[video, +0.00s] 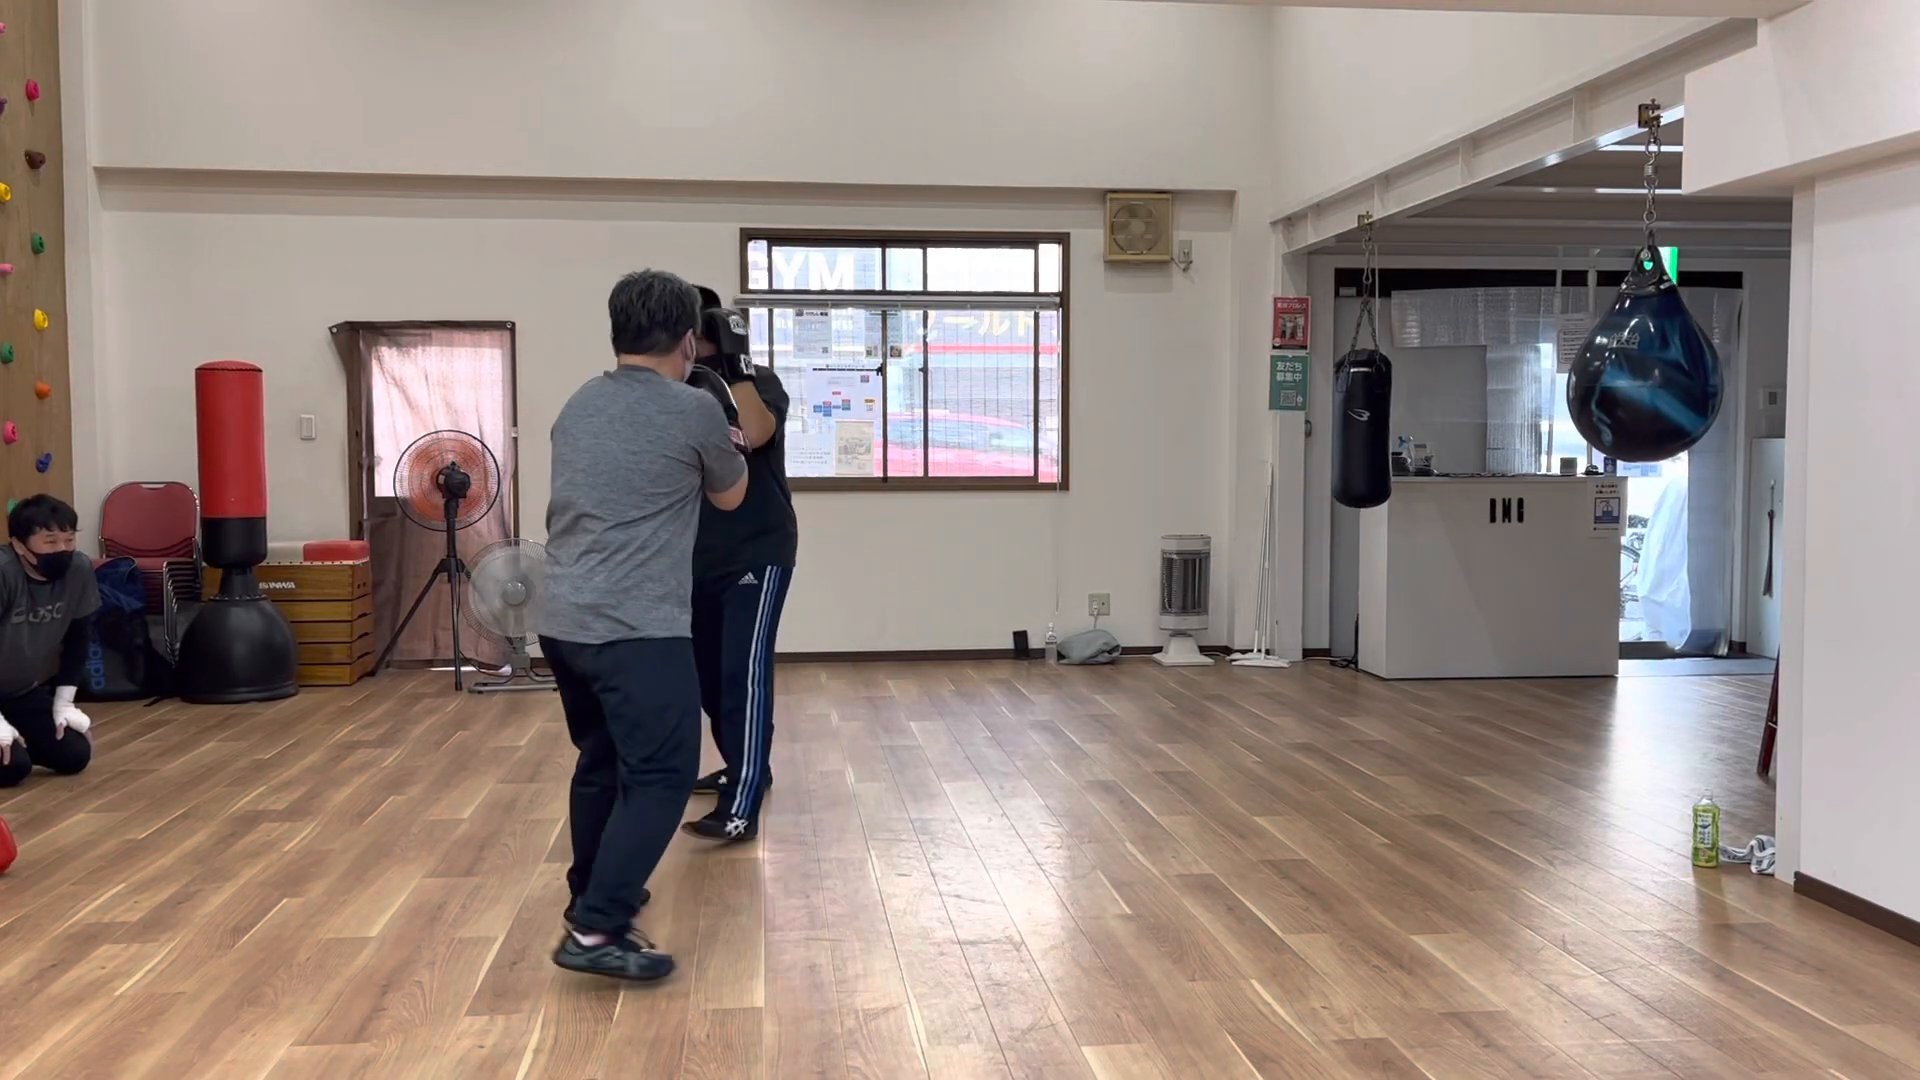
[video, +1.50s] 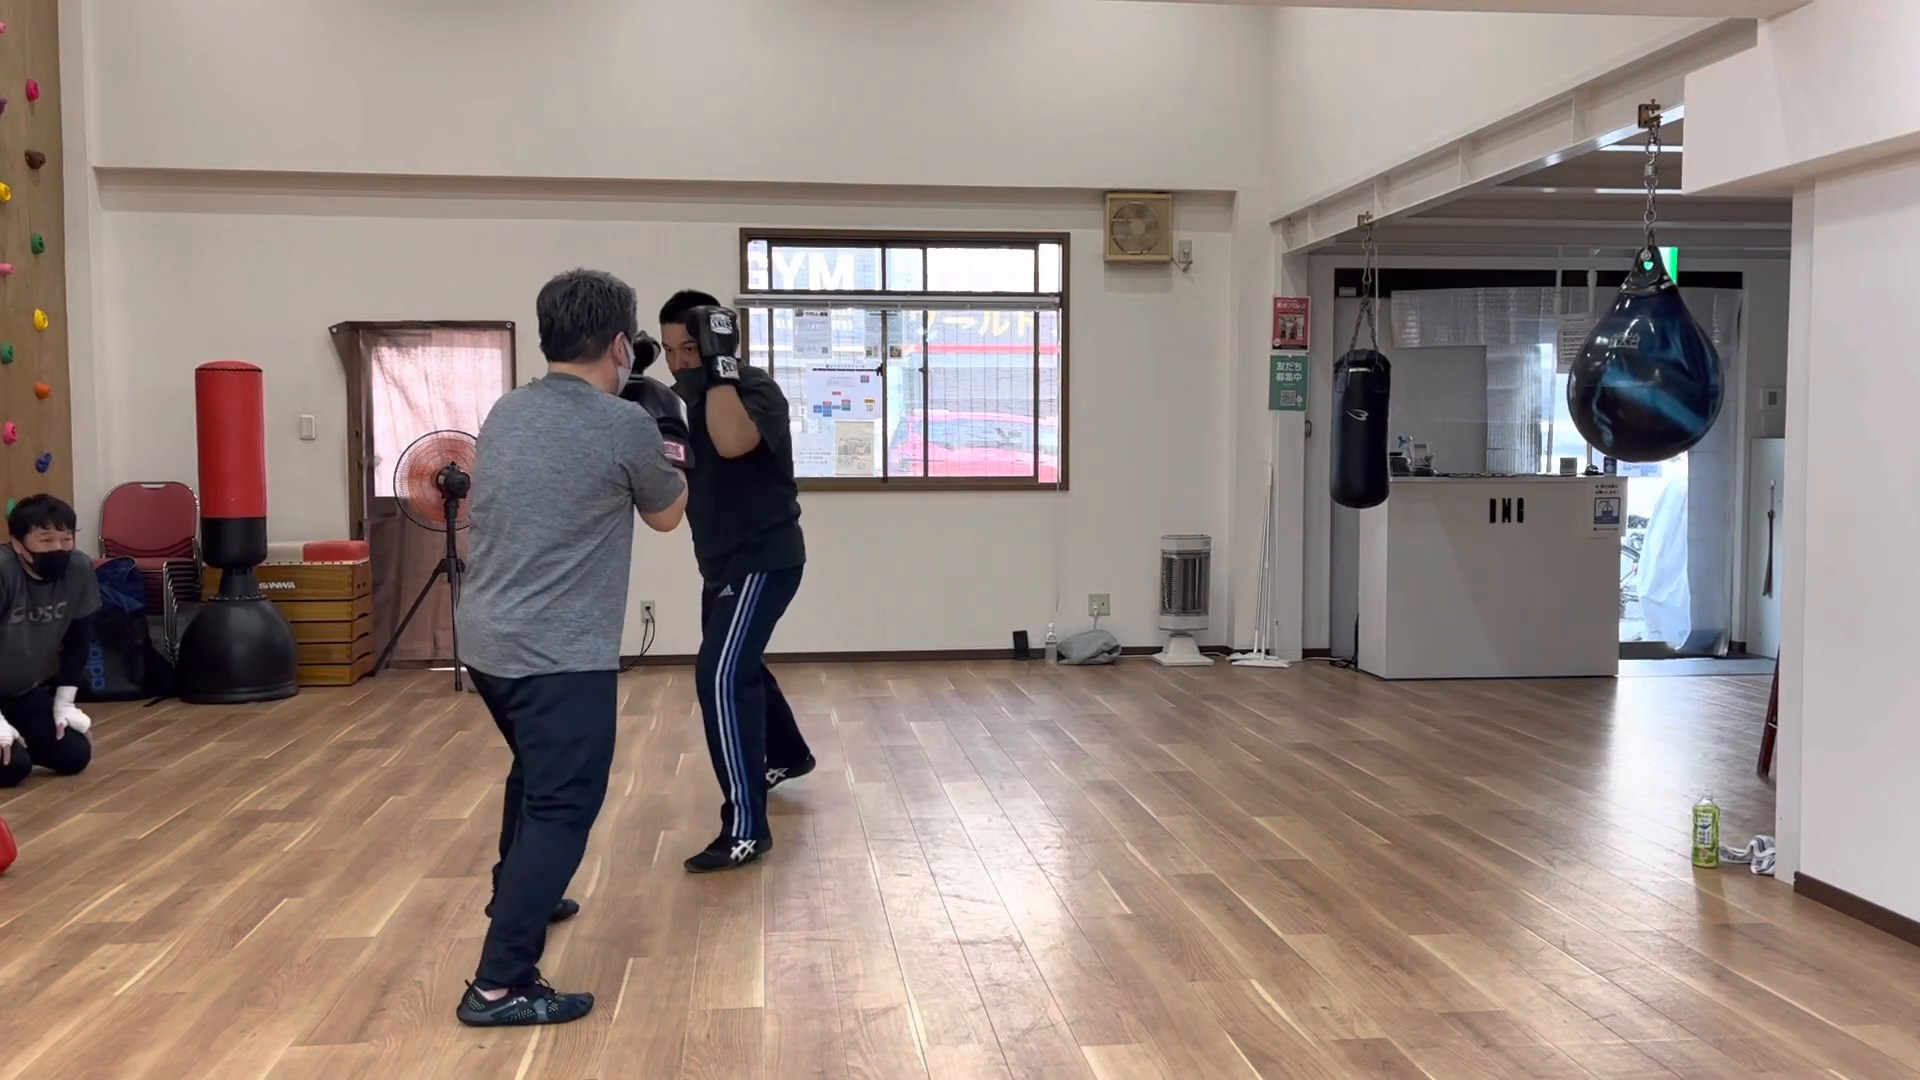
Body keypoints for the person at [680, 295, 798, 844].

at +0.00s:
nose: (684, 356)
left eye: (690, 346)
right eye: (680, 347)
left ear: (710, 340)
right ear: (682, 347)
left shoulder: (755, 383)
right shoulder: (681, 394)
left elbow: (756, 431)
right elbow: (661, 450)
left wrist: (724, 373)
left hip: (757, 551)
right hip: (703, 552)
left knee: (744, 674)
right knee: (709, 670)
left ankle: (743, 810)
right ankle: (741, 767)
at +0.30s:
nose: (670, 343)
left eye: (679, 331)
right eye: (663, 333)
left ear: (709, 324)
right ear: (659, 334)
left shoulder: (749, 376)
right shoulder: (665, 382)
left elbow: (739, 429)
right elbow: (643, 448)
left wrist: (724, 356)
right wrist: (653, 392)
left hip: (750, 549)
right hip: (698, 548)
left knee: (735, 676)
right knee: (697, 663)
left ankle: (734, 818)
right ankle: (744, 763)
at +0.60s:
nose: (667, 333)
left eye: (678, 321)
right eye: (659, 325)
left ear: (706, 316)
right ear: (651, 326)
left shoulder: (737, 369)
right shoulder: (659, 377)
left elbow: (773, 425)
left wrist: (706, 389)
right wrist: (649, 402)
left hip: (739, 546)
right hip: (700, 547)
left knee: (713, 677)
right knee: (714, 667)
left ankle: (734, 818)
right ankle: (742, 765)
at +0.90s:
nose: (662, 355)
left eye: (672, 344)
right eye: (656, 347)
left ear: (706, 335)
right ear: (655, 348)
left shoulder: (729, 370)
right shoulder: (682, 388)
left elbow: (707, 381)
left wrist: (650, 355)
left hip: (755, 548)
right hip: (719, 549)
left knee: (717, 669)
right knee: (718, 661)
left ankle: (733, 816)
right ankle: (755, 762)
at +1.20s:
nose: (682, 380)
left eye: (692, 367)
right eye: (673, 369)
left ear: (722, 362)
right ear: (667, 369)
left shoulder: (764, 414)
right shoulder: (677, 418)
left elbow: (800, 494)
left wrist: (753, 459)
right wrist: (642, 419)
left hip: (769, 564)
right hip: (717, 569)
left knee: (717, 663)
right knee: (721, 672)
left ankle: (729, 810)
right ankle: (796, 764)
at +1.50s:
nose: (675, 359)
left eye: (683, 347)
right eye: (668, 349)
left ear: (714, 341)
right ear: (668, 351)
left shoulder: (757, 390)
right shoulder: (690, 398)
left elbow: (732, 441)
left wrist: (715, 367)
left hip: (763, 560)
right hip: (723, 561)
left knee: (721, 680)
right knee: (735, 663)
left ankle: (744, 831)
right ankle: (787, 752)